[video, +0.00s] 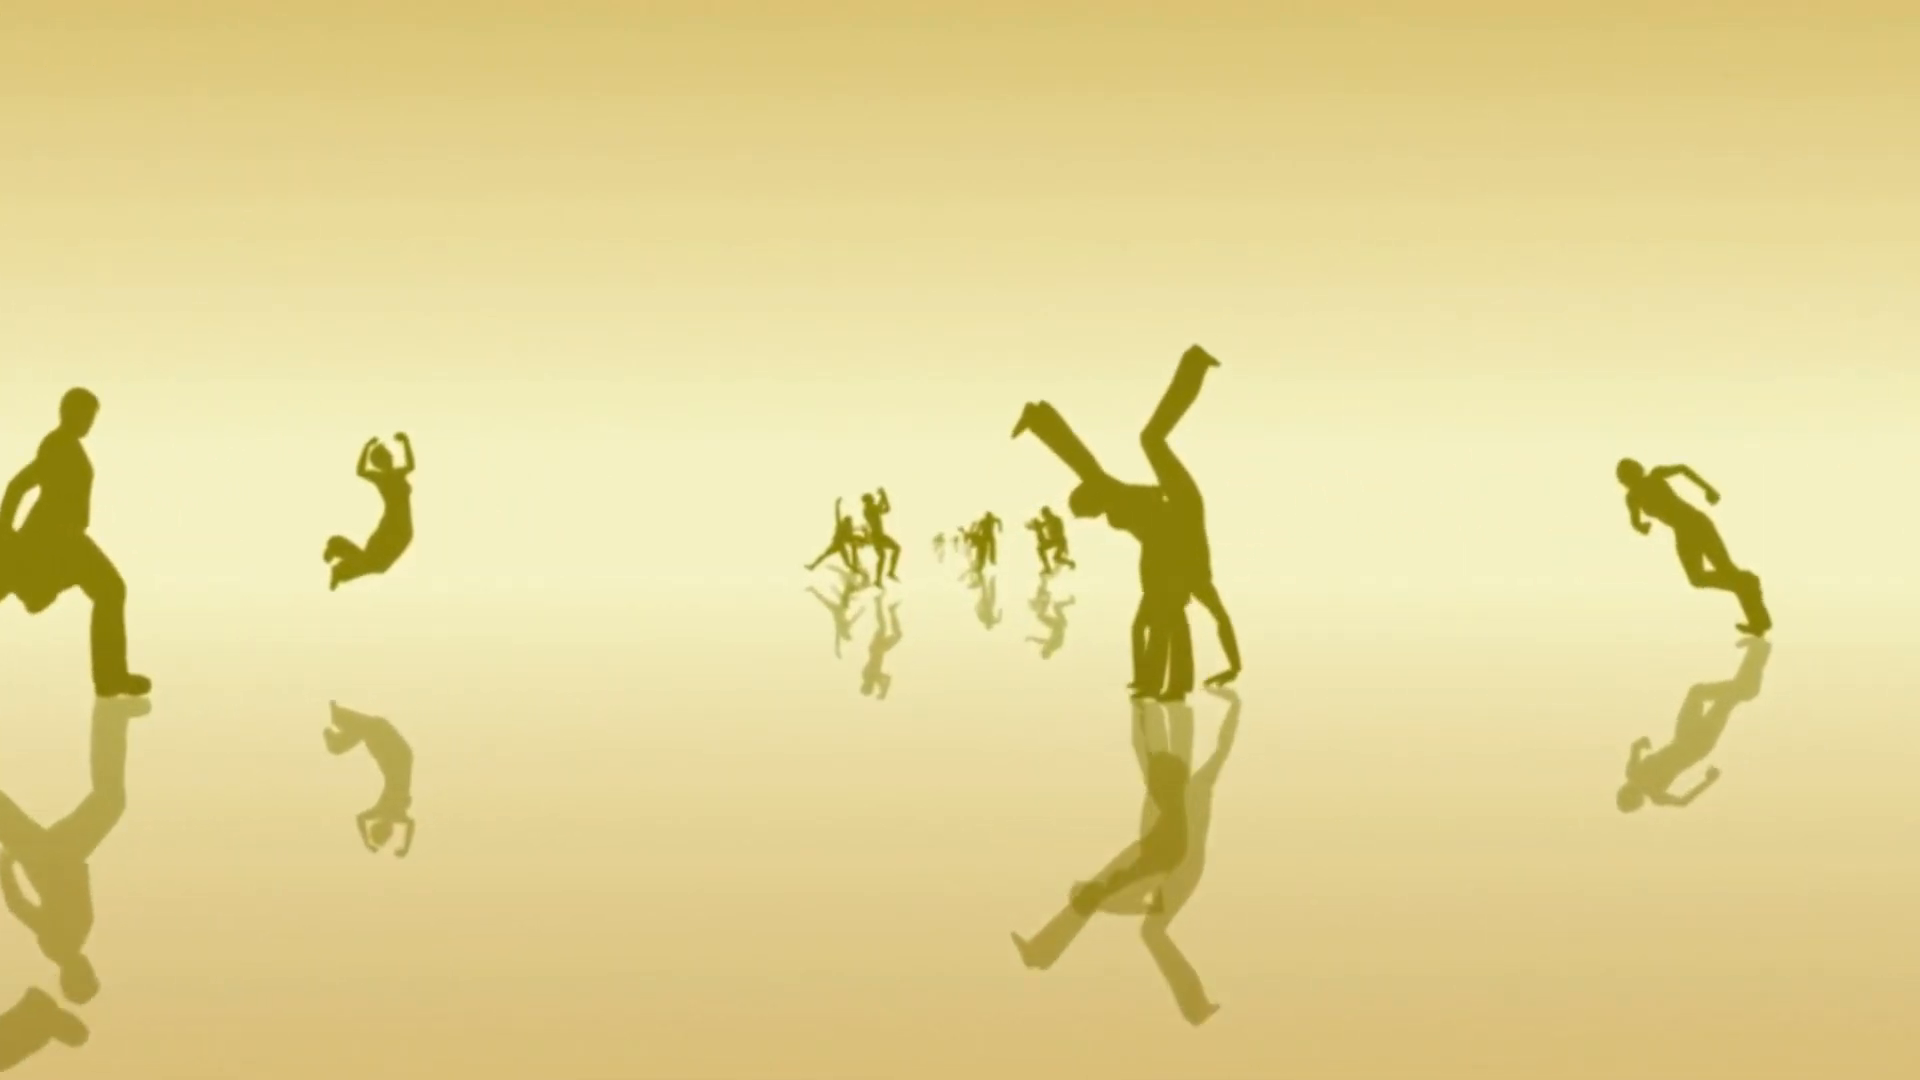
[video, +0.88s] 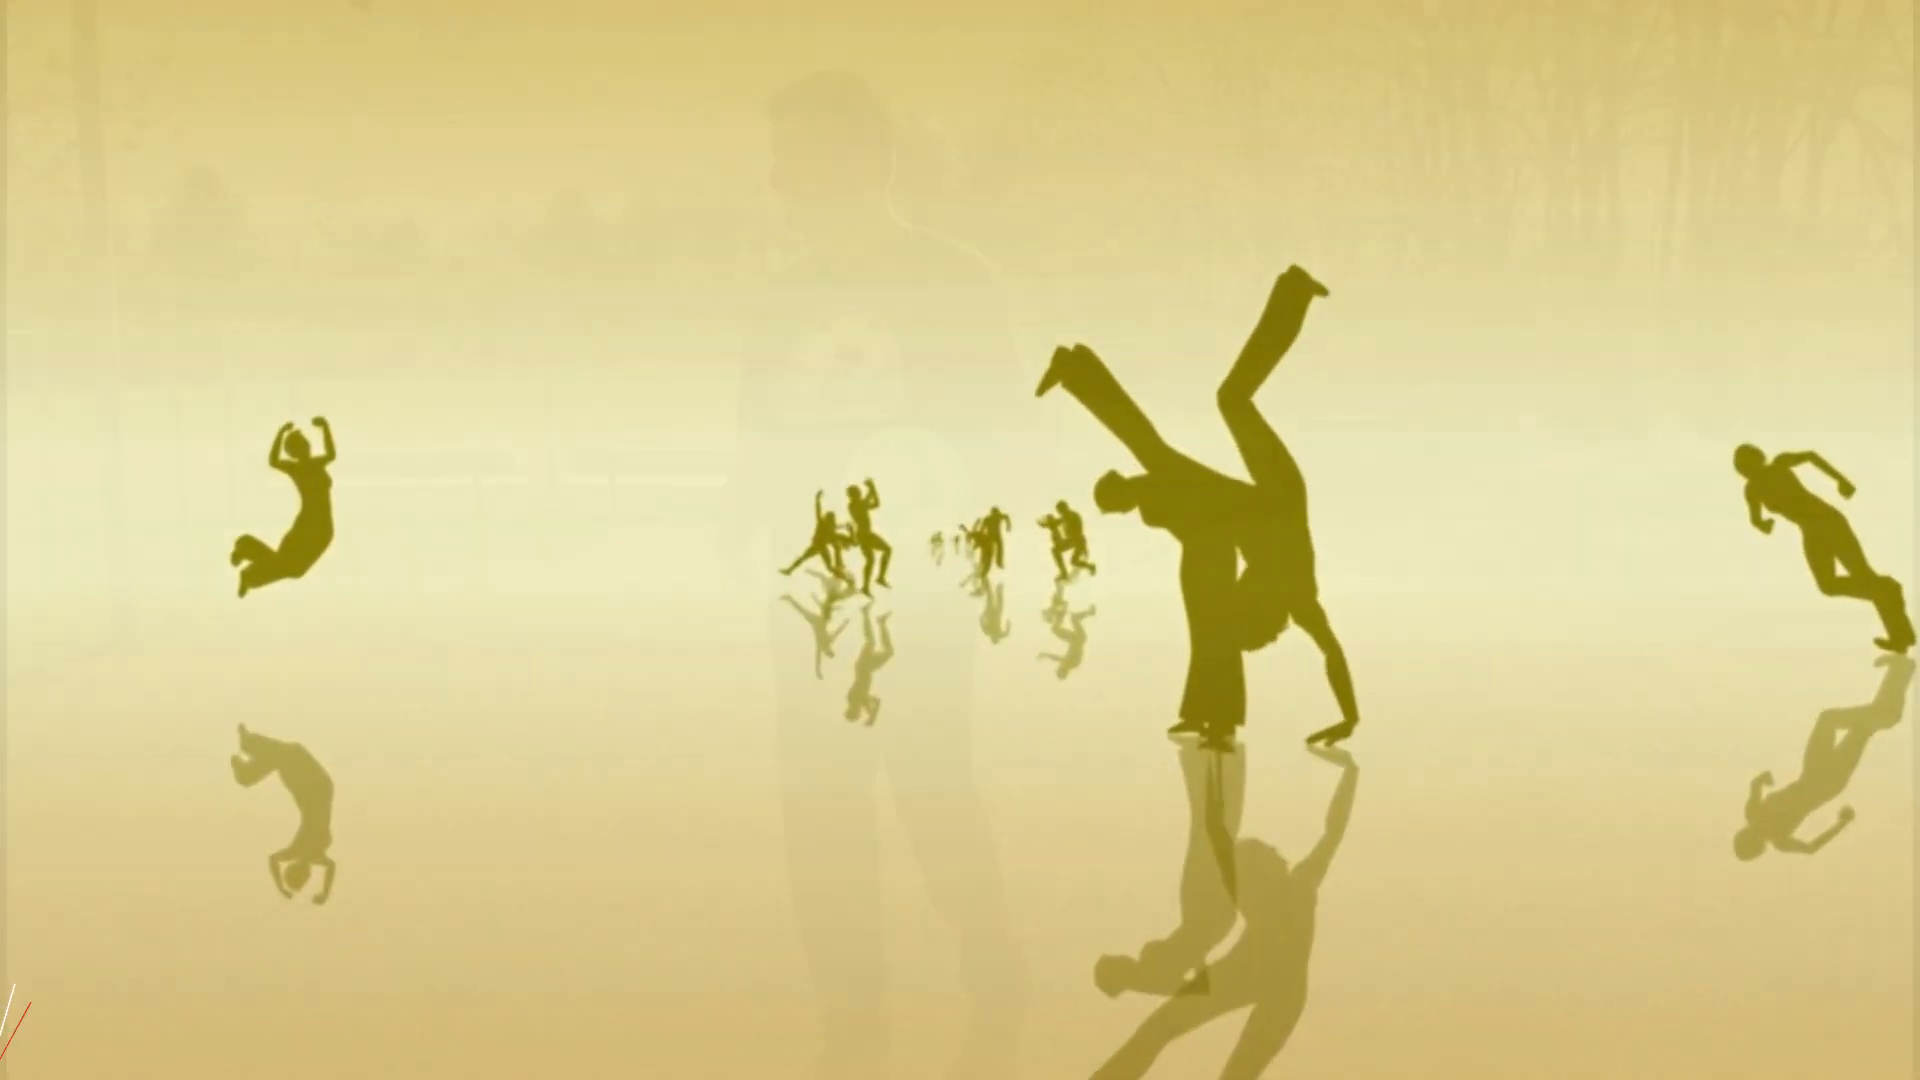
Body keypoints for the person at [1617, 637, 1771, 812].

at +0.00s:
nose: (1635, 802)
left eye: (1631, 801)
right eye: (1633, 804)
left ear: (1627, 790)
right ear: (1635, 801)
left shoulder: (1633, 774)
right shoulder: (1656, 796)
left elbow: (1634, 752)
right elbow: (1682, 802)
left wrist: (1640, 745)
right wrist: (1708, 782)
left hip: (1683, 737)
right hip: (1698, 747)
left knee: (1695, 693)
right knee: (1727, 702)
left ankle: (1738, 688)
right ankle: (1758, 650)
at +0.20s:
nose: (1660, 813)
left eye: (1655, 812)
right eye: (1657, 815)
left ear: (1651, 801)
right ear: (1659, 810)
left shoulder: (1656, 782)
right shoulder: (1681, 804)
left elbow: (1657, 759)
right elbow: (1707, 811)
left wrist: (1663, 751)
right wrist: (1734, 790)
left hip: (1708, 744)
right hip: (1724, 753)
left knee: (1720, 698)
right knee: (1755, 706)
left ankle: (1765, 692)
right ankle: (1786, 652)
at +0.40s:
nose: (1685, 821)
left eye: (1680, 821)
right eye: (1682, 823)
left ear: (1675, 809)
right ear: (1684, 819)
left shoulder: (1681, 791)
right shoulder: (1706, 814)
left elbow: (1682, 768)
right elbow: (1733, 820)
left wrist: (1688, 759)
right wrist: (1761, 799)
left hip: (1734, 751)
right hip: (1750, 762)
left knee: (1747, 704)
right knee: (1784, 710)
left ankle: (1792, 698)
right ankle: (1815, 658)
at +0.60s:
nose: (1710, 831)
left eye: (1705, 830)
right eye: (1708, 833)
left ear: (1701, 818)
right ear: (1710, 830)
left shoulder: (1707, 799)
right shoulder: (1733, 824)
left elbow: (1709, 776)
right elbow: (1761, 830)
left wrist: (1715, 767)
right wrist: (1790, 808)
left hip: (1763, 758)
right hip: (1780, 769)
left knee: (1776, 709)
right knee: (1813, 717)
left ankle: (1823, 703)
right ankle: (1846, 663)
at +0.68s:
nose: (1727, 837)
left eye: (1722, 836)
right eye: (1725, 839)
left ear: (1717, 824)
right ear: (1727, 836)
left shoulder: (1724, 806)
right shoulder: (1751, 831)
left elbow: (1725, 782)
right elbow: (1780, 836)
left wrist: (1732, 771)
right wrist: (1808, 815)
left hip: (1780, 763)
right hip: (1798, 775)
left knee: (1794, 713)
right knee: (1833, 720)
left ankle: (1841, 707)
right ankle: (1866, 664)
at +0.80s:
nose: (1738, 841)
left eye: (1733, 839)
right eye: (1735, 843)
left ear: (1729, 827)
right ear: (1738, 841)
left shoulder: (1736, 809)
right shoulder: (1762, 834)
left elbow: (1737, 785)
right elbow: (1792, 840)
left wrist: (1743, 775)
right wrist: (1821, 819)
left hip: (1793, 767)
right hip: (1810, 778)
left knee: (1807, 716)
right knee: (1845, 723)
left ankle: (1857, 709)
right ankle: (1879, 667)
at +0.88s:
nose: (1756, 847)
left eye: (1750, 846)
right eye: (1753, 850)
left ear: (1746, 834)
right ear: (1756, 847)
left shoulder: (1753, 815)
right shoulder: (1780, 842)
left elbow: (1755, 788)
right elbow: (1811, 848)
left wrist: (1762, 780)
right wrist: (1841, 824)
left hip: (1812, 772)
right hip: (1829, 785)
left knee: (1826, 720)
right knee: (1864, 729)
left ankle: (1879, 714)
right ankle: (1900, 670)